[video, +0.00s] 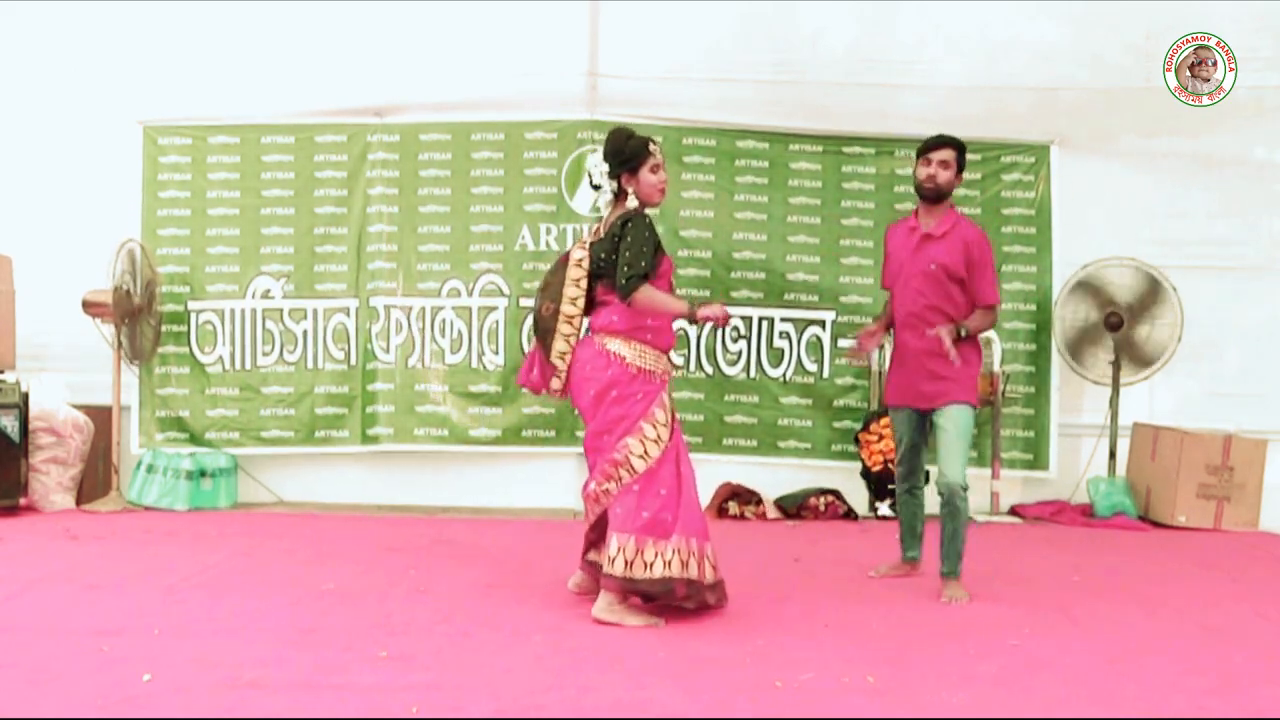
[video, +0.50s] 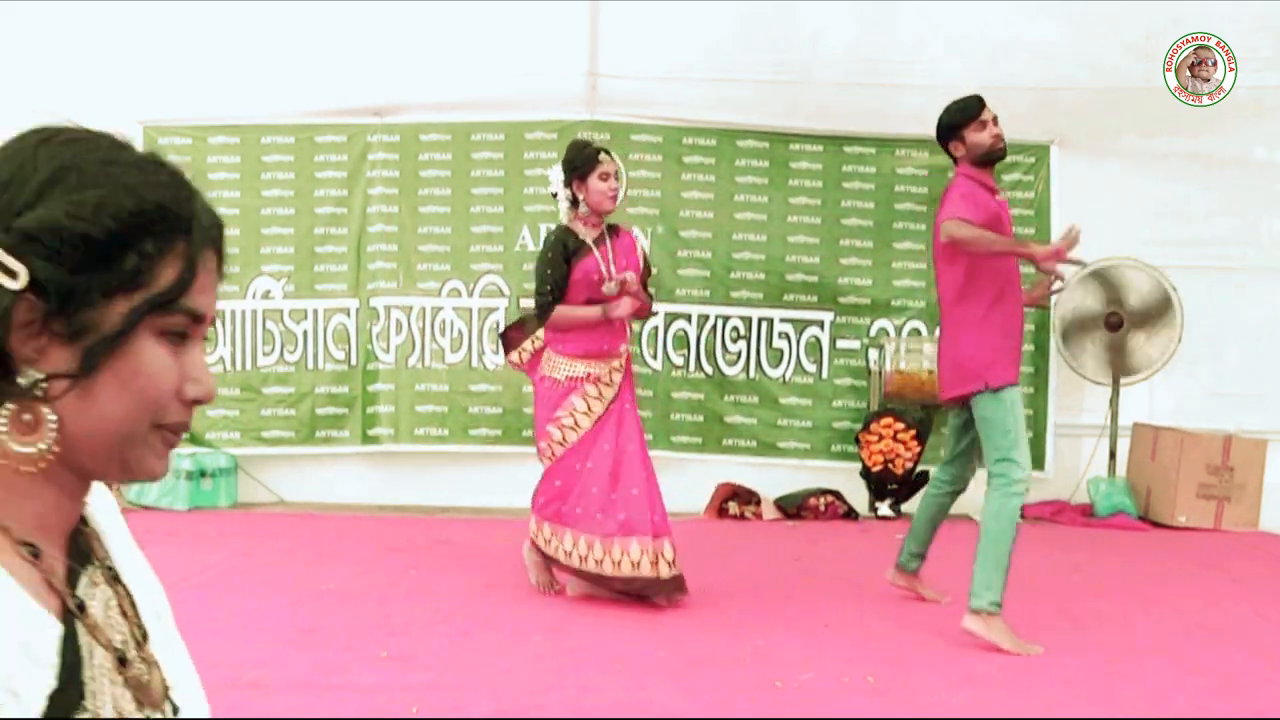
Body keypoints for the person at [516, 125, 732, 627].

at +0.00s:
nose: (663, 178)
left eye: (663, 167)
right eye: (653, 170)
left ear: (634, 177)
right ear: (627, 180)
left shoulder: (613, 225)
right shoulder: (635, 225)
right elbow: (634, 289)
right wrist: (693, 310)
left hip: (602, 361)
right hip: (623, 365)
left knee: (617, 466)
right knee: (644, 471)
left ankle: (593, 567)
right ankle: (614, 596)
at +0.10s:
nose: (658, 182)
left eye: (657, 172)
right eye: (649, 174)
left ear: (626, 182)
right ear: (622, 182)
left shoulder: (615, 228)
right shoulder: (627, 230)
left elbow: (633, 306)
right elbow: (637, 306)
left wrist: (686, 321)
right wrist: (698, 326)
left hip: (605, 367)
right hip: (617, 372)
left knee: (624, 469)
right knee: (647, 474)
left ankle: (591, 566)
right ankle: (615, 596)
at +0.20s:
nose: (644, 185)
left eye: (644, 176)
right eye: (634, 178)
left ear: (625, 184)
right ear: (608, 186)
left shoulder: (627, 239)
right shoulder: (604, 239)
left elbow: (627, 308)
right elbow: (625, 310)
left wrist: (668, 301)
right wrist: (685, 315)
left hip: (618, 370)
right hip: (598, 373)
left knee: (625, 469)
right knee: (637, 473)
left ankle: (588, 570)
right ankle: (614, 596)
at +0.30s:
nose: (636, 183)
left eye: (635, 175)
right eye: (625, 176)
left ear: (625, 182)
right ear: (598, 185)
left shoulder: (628, 237)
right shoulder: (589, 238)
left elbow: (634, 304)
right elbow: (613, 304)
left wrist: (660, 277)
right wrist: (666, 287)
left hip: (618, 368)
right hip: (587, 371)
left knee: (637, 467)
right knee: (616, 471)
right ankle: (607, 592)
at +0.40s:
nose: (623, 184)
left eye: (624, 175)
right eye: (612, 176)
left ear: (618, 181)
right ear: (585, 184)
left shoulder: (626, 237)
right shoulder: (570, 241)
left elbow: (650, 303)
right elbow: (577, 308)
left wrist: (647, 279)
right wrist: (632, 283)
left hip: (615, 368)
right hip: (572, 370)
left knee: (635, 461)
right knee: (588, 466)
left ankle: (626, 563)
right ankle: (557, 561)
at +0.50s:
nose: (615, 186)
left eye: (617, 177)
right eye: (605, 178)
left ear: (617, 183)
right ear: (578, 186)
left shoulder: (627, 239)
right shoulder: (561, 240)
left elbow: (646, 305)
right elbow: (546, 312)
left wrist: (630, 294)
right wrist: (607, 312)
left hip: (613, 366)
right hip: (567, 367)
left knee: (619, 459)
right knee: (574, 462)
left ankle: (602, 563)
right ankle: (540, 544)